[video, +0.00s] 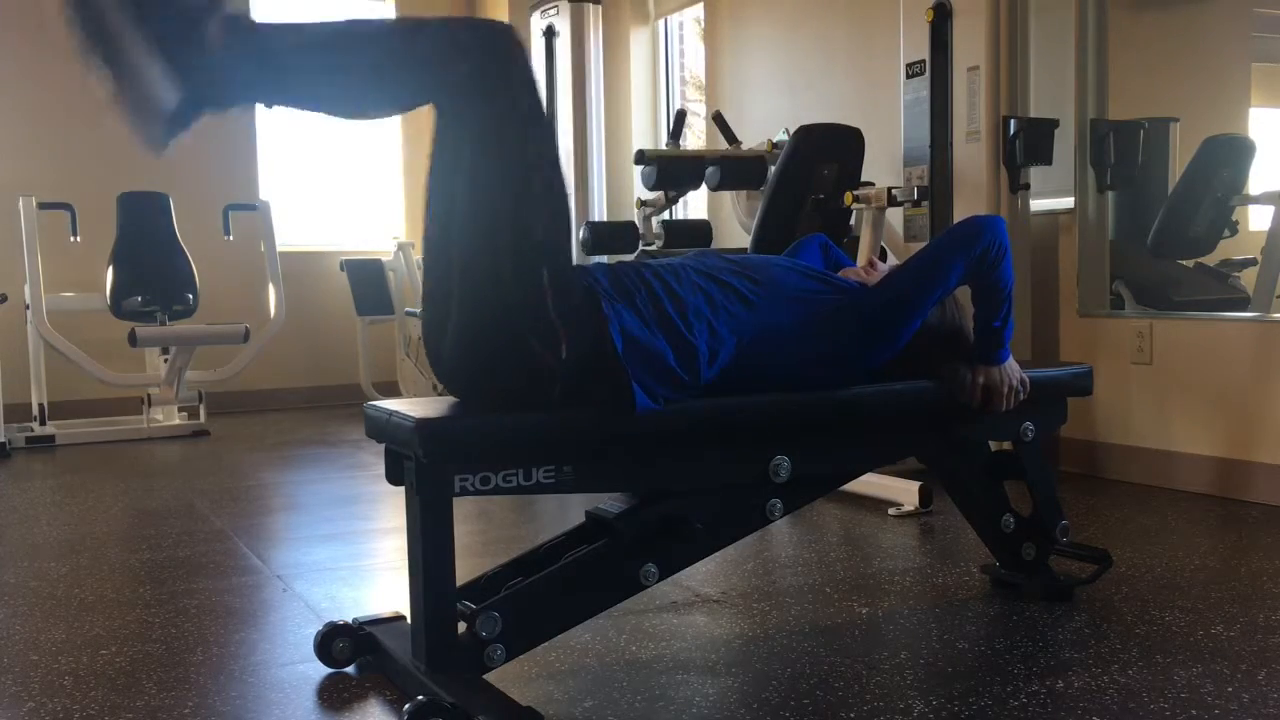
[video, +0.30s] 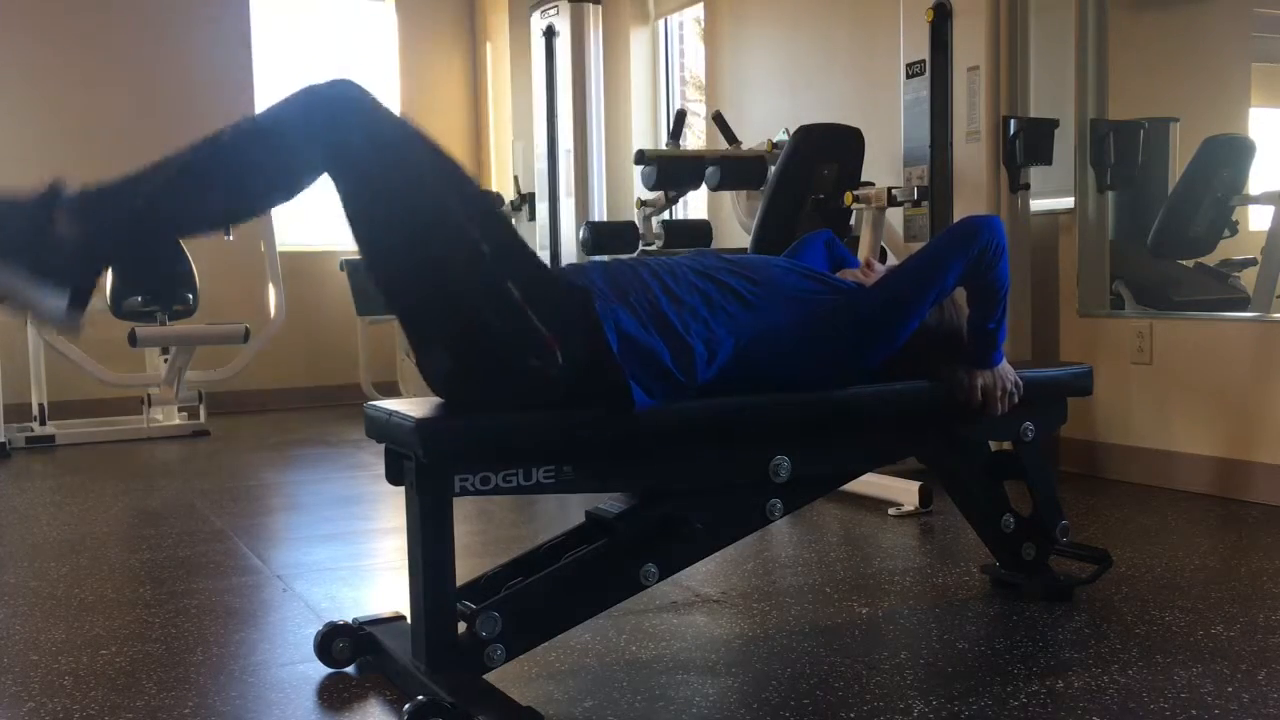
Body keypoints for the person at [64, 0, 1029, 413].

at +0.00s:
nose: (876, 251)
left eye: (894, 257)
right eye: (877, 246)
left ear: (904, 311)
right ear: (858, 266)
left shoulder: (856, 335)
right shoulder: (802, 285)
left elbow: (990, 233)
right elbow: (814, 165)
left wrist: (987, 353)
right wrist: (870, 247)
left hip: (530, 351)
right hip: (527, 316)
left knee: (484, 61)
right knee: (489, 50)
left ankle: (198, 72)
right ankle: (213, 48)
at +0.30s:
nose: (884, 260)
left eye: (901, 268)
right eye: (889, 255)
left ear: (907, 306)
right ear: (877, 271)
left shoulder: (855, 334)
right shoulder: (804, 290)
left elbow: (985, 228)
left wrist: (965, 336)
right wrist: (928, 301)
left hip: (553, 357)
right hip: (534, 311)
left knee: (342, 115)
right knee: (340, 107)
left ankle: (73, 244)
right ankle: (111, 234)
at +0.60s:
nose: (849, 236)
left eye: (859, 237)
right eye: (847, 232)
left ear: (867, 278)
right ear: (824, 257)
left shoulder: (854, 314)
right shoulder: (760, 279)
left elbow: (981, 220)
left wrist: (980, 351)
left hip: (546, 335)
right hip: (520, 304)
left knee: (243, 237)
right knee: (275, 219)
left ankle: (33, 443)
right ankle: (176, 291)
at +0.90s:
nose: (859, 246)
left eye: (866, 252)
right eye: (861, 241)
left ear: (875, 289)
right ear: (834, 262)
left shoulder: (855, 316)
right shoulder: (749, 283)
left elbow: (974, 224)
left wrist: (974, 350)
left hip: (563, 332)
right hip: (518, 305)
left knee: (232, 361)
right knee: (228, 355)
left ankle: (76, 622)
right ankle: (74, 612)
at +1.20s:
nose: (855, 240)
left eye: (866, 246)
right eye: (852, 238)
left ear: (880, 291)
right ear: (828, 267)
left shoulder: (855, 324)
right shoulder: (761, 272)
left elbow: (978, 226)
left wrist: (977, 353)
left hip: (550, 332)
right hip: (516, 298)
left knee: (244, 248)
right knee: (260, 233)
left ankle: (66, 476)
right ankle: (186, 286)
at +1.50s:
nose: (863, 244)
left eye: (881, 249)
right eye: (859, 237)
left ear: (890, 294)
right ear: (837, 254)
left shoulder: (853, 330)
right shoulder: (788, 285)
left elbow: (978, 230)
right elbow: (812, 180)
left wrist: (963, 338)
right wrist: (858, 241)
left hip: (538, 355)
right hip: (525, 327)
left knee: (429, 70)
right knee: (428, 70)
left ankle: (137, 57)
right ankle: (146, 46)